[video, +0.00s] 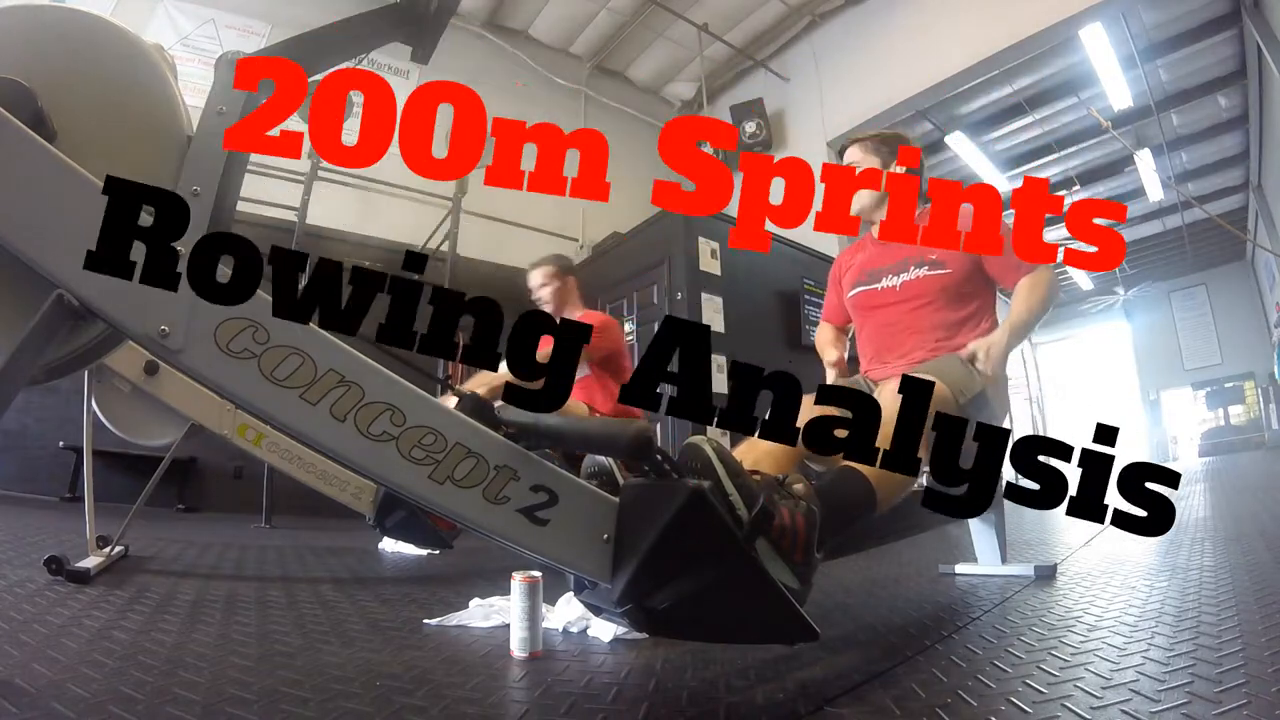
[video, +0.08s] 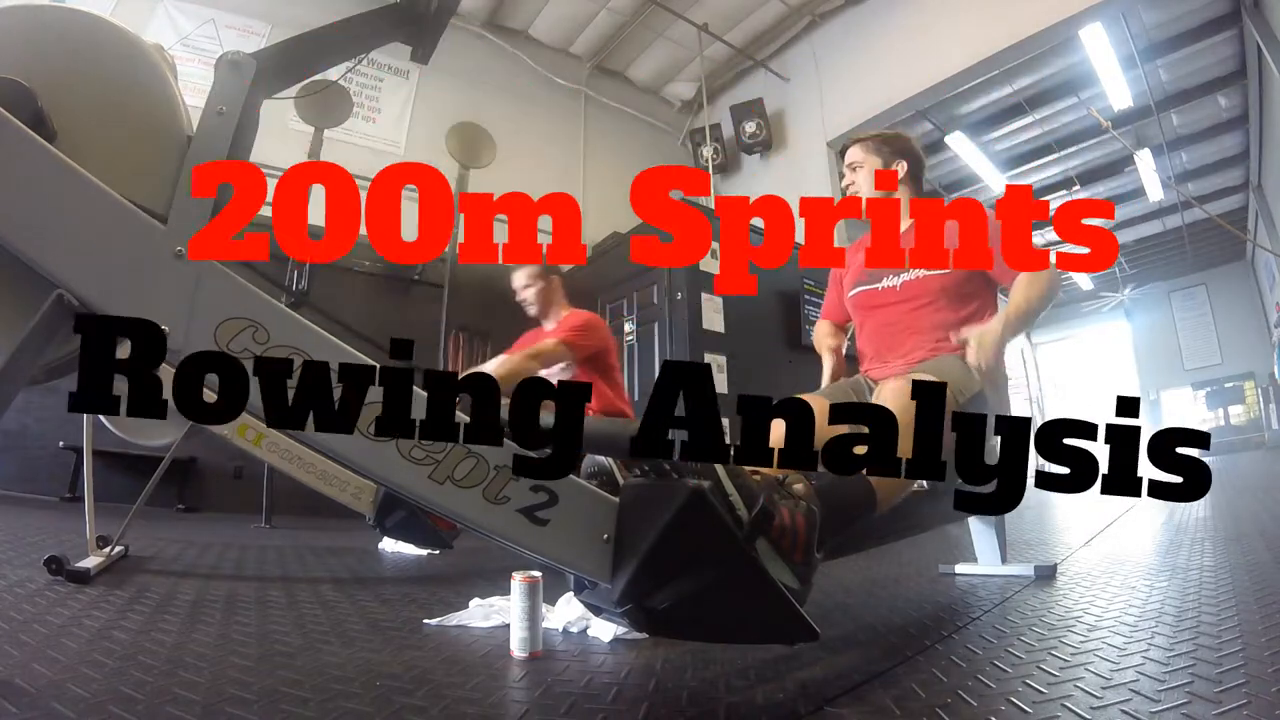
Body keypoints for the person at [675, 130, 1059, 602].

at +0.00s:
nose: (845, 181)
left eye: (856, 169)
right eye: (846, 171)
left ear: (896, 172)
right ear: (858, 180)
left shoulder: (960, 223)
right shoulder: (848, 261)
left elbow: (1038, 276)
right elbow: (830, 330)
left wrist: (1005, 337)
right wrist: (835, 357)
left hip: (956, 361)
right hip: (874, 386)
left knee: (910, 411)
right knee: (802, 419)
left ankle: (808, 506)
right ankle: (717, 494)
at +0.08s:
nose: (845, 183)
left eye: (855, 169)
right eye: (843, 175)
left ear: (897, 171)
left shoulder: (959, 223)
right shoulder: (850, 255)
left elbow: (1041, 274)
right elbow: (828, 329)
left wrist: (1000, 328)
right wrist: (833, 355)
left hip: (955, 362)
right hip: (872, 381)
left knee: (899, 397)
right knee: (786, 422)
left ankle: (813, 522)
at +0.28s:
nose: (850, 182)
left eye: (860, 168)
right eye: (848, 174)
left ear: (903, 169)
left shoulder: (964, 219)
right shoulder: (853, 255)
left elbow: (1032, 297)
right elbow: (827, 343)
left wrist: (972, 269)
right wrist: (806, 273)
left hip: (967, 373)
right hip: (877, 387)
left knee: (898, 398)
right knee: (789, 415)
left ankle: (809, 533)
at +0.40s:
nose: (852, 179)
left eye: (863, 166)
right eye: (850, 173)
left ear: (906, 169)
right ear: (852, 187)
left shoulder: (961, 223)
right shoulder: (849, 258)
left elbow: (1022, 303)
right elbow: (821, 341)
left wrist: (966, 275)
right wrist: (803, 275)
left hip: (967, 374)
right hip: (878, 387)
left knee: (897, 397)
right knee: (789, 413)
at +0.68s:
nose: (855, 166)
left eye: (867, 153)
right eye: (846, 163)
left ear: (905, 162)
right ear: (843, 182)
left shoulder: (961, 219)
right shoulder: (844, 254)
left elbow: (1021, 297)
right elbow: (822, 337)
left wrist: (976, 291)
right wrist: (793, 338)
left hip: (967, 386)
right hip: (869, 391)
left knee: (898, 367)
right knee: (771, 397)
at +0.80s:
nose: (844, 161)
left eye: (856, 147)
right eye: (836, 157)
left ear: (895, 156)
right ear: (835, 174)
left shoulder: (953, 211)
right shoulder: (837, 247)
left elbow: (1008, 286)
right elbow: (809, 326)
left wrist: (968, 295)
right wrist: (775, 332)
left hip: (961, 387)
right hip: (866, 392)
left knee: (897, 349)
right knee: (765, 386)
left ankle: (808, 510)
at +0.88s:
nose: (838, 158)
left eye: (851, 145)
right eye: (829, 154)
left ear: (890, 152)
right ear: (827, 172)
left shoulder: (947, 206)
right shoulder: (828, 246)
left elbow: (1011, 284)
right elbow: (802, 328)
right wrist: (763, 335)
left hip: (960, 390)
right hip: (860, 394)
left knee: (896, 343)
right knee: (757, 382)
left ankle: (813, 508)